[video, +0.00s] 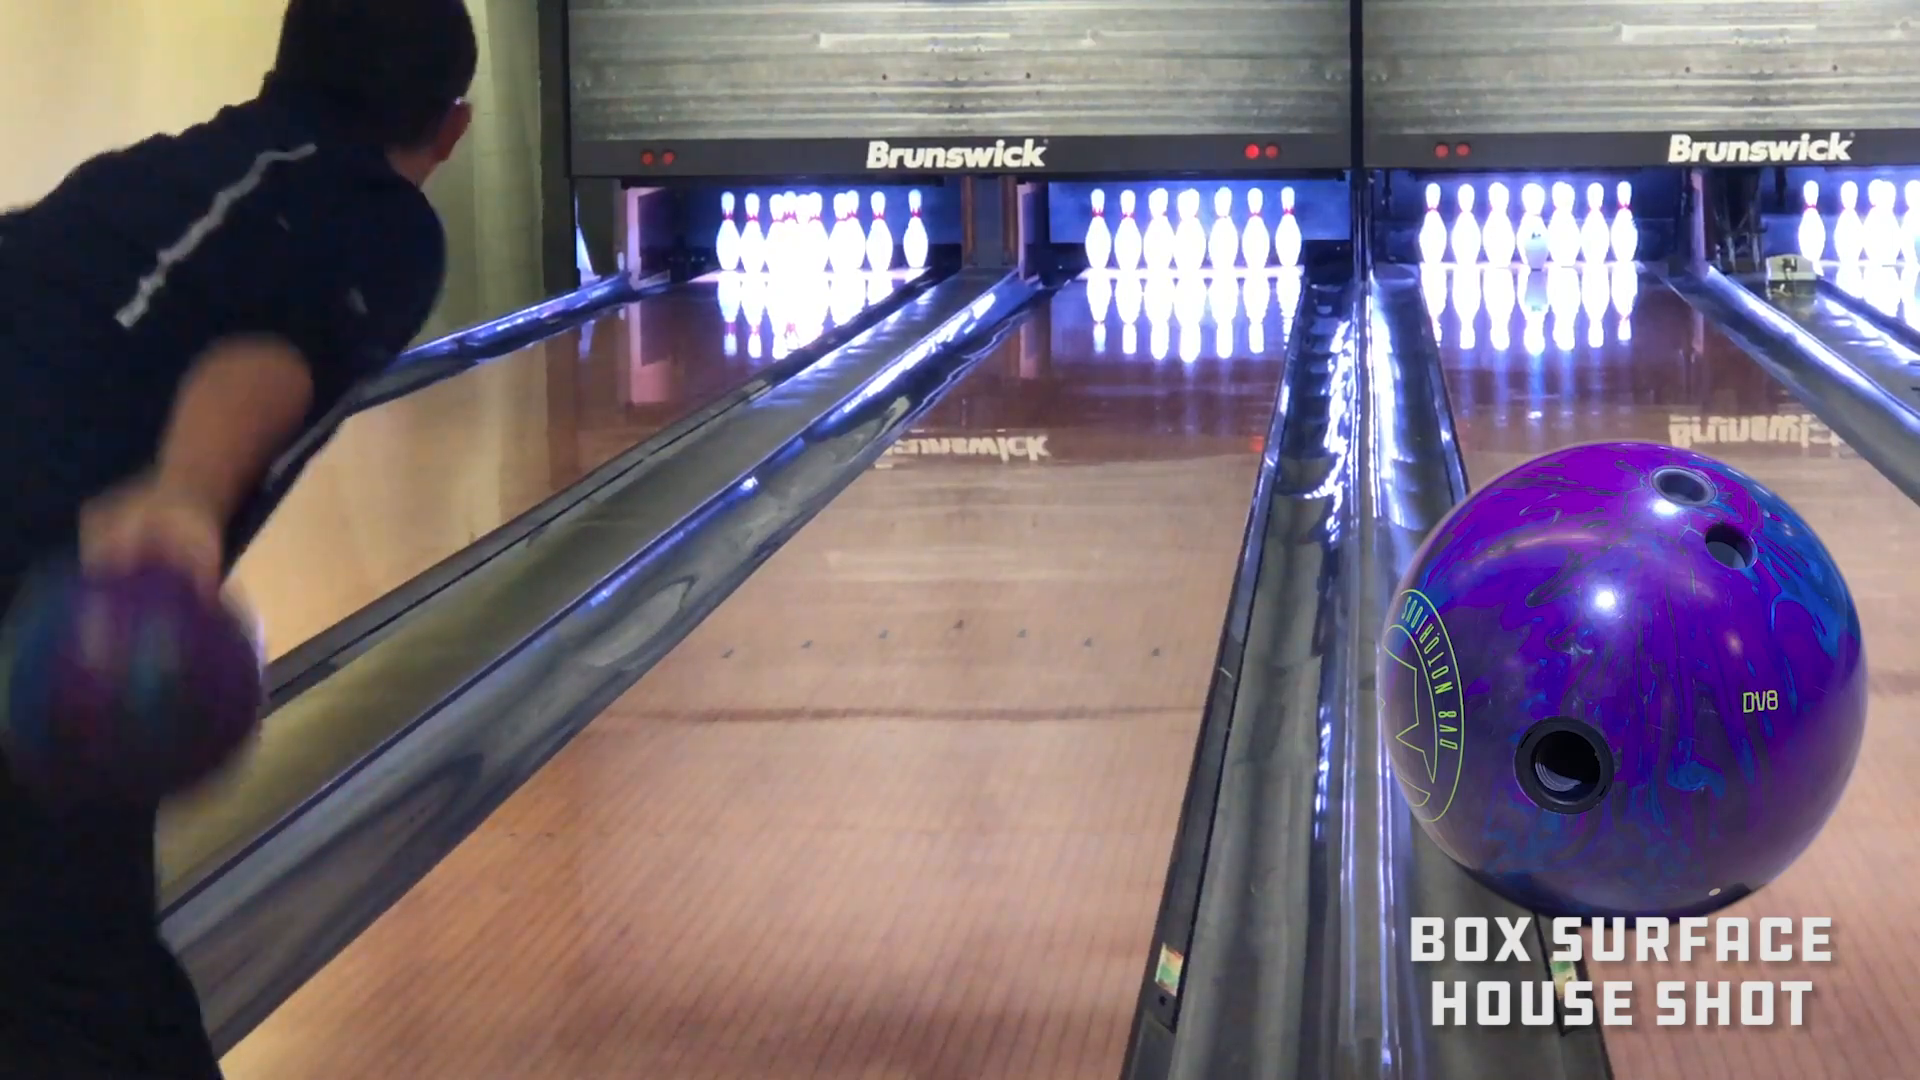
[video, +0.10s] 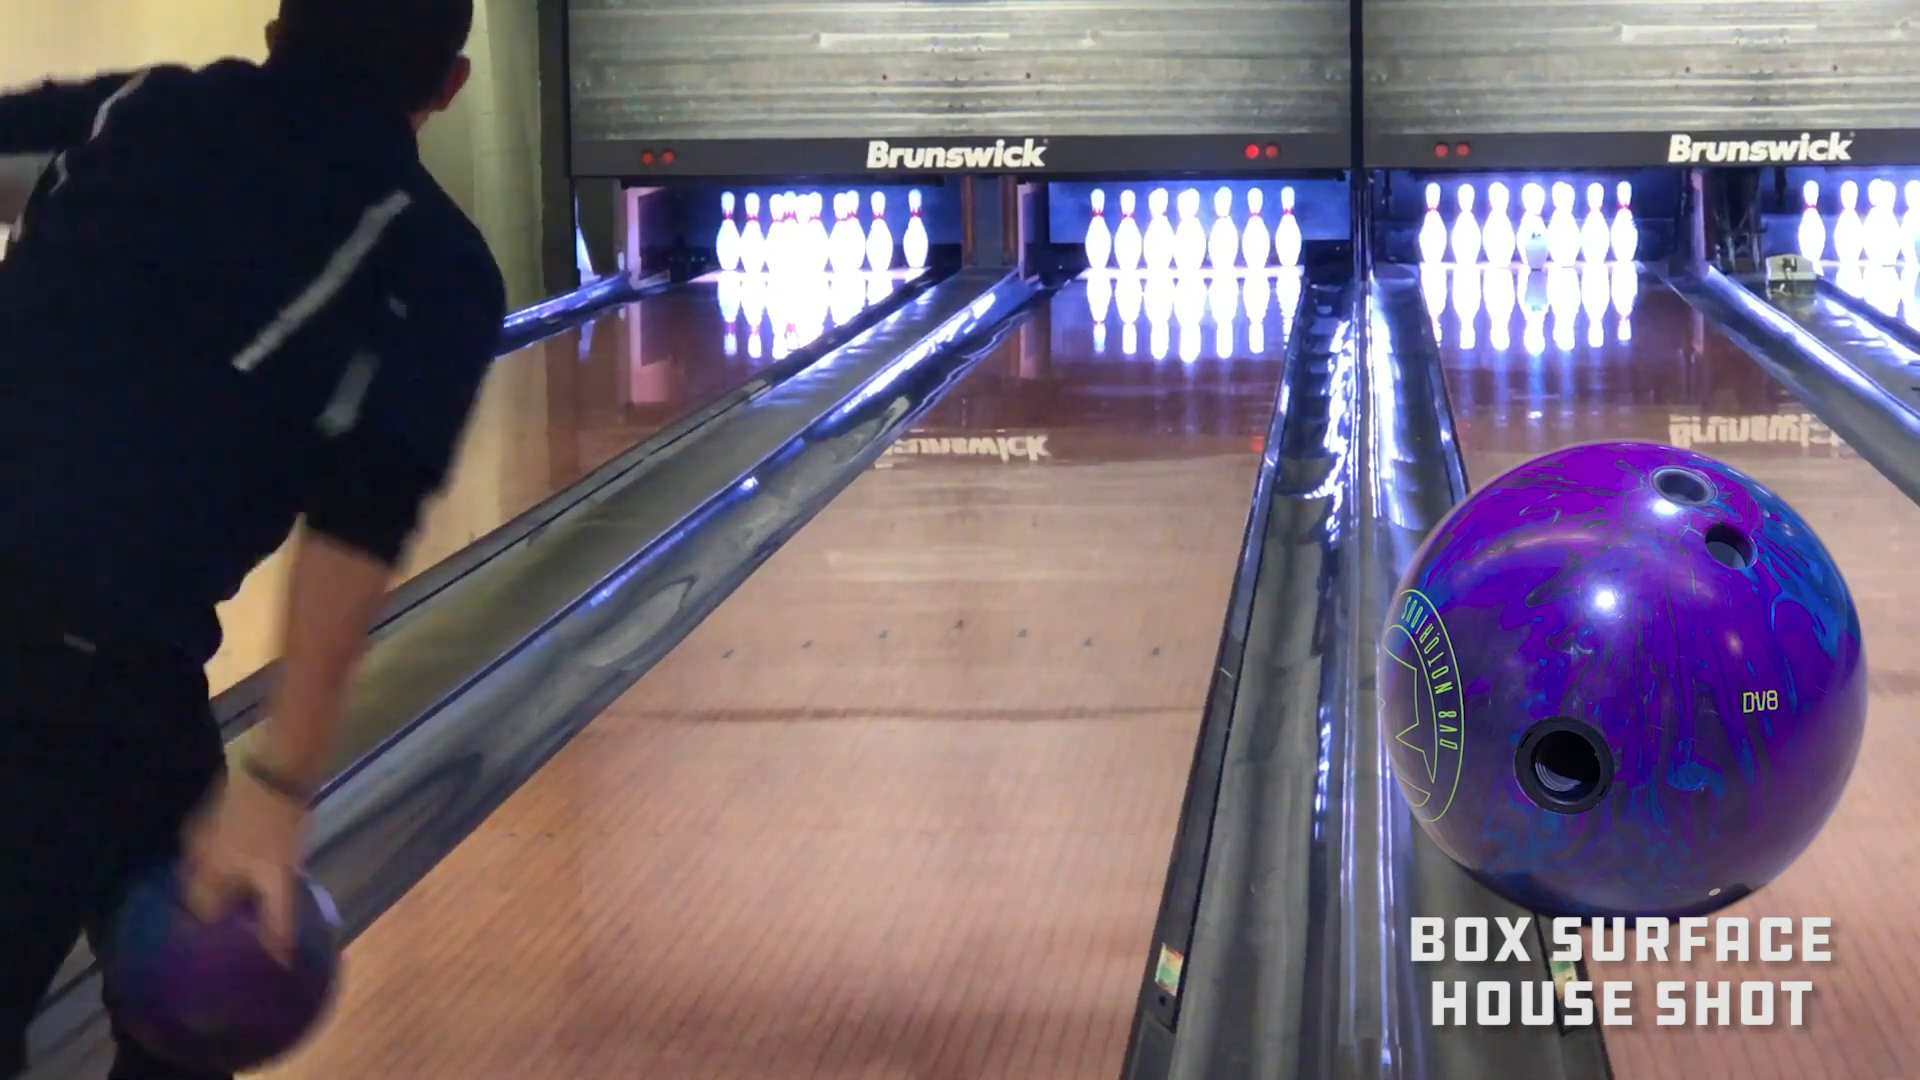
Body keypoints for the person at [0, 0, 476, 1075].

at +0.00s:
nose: (458, 125)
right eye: (461, 105)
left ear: (286, 71)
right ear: (446, 124)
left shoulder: (147, 163)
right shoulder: (379, 210)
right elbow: (274, 346)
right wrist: (188, 496)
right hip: (43, 565)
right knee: (86, 977)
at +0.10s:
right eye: (458, 68)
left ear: (279, 33)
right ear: (447, 84)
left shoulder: (140, 105)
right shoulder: (440, 266)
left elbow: (4, 135)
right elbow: (350, 531)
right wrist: (281, 782)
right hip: (106, 652)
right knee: (185, 998)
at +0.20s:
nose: (470, 52)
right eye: (470, 36)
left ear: (298, 10)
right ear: (459, 57)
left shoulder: (162, 57)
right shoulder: (454, 257)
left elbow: (7, 65)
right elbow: (424, 575)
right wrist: (416, 826)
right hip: (105, 587)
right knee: (169, 999)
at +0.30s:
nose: (513, 55)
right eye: (517, 38)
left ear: (356, 3)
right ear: (503, 53)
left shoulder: (210, 39)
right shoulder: (495, 238)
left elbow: (23, 39)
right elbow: (476, 379)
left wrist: (119, 144)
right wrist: (401, 325)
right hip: (90, 548)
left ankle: (153, 1052)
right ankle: (153, 1050)